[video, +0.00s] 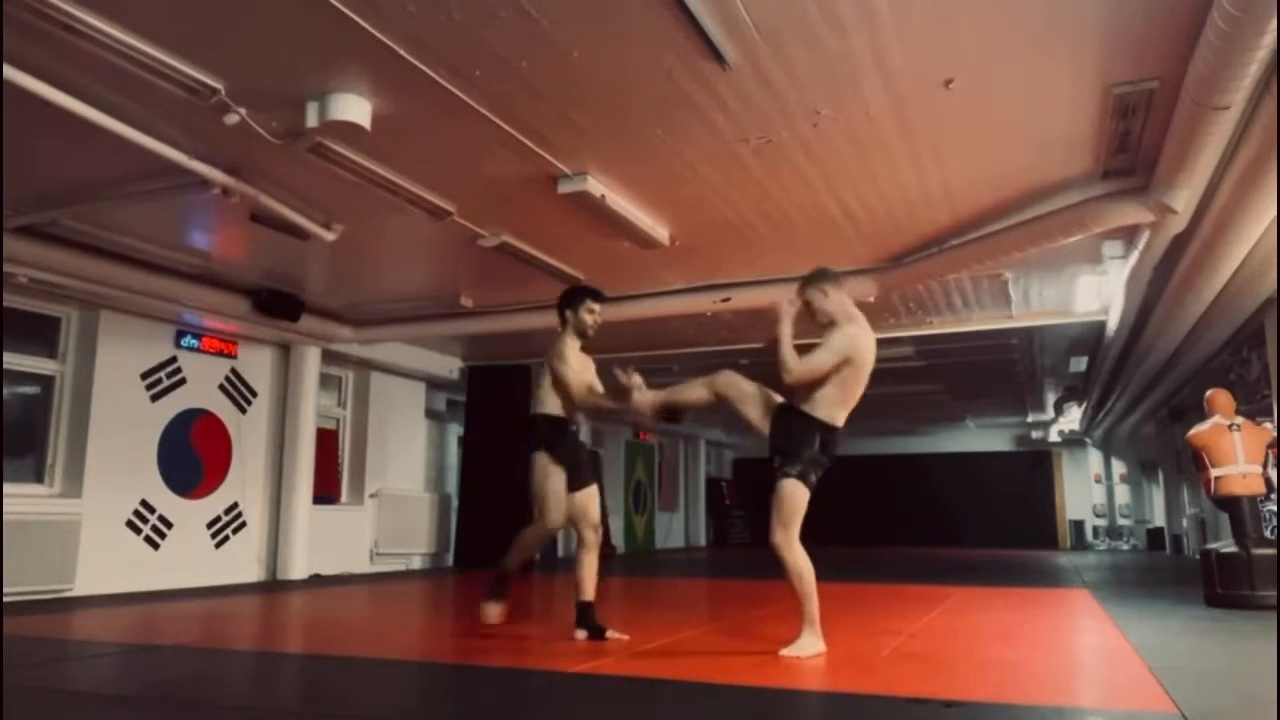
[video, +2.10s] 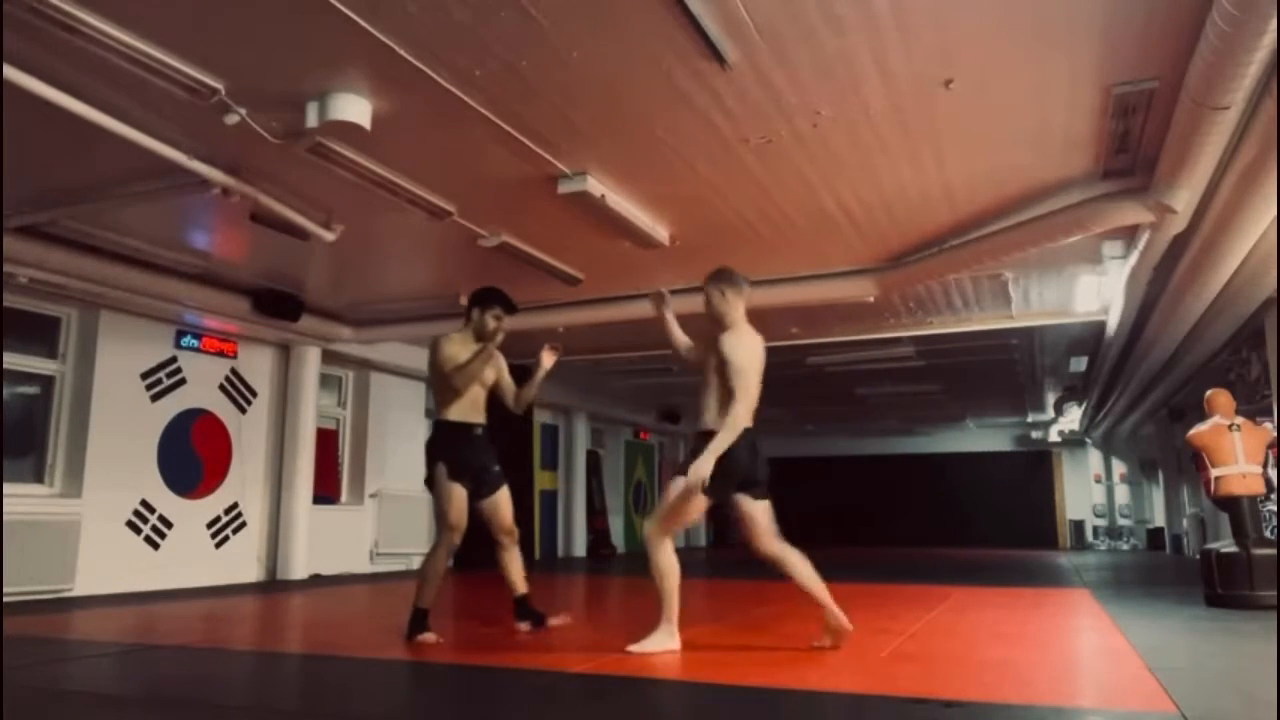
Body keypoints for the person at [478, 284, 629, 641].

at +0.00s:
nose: (596, 319)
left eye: (598, 313)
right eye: (590, 312)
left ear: (596, 318)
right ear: (569, 313)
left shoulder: (586, 359)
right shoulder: (560, 349)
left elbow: (598, 398)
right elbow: (580, 400)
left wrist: (628, 399)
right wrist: (628, 408)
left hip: (574, 441)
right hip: (547, 437)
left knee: (590, 531)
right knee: (549, 522)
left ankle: (586, 618)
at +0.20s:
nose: (572, 320)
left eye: (574, 314)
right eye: (565, 312)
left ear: (571, 319)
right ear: (544, 314)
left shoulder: (570, 364)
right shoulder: (533, 349)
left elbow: (589, 400)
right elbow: (552, 390)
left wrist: (623, 384)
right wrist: (607, 398)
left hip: (556, 447)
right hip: (521, 443)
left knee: (578, 534)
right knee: (500, 533)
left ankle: (584, 619)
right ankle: (463, 607)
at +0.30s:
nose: (560, 322)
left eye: (563, 316)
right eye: (554, 314)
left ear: (560, 320)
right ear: (533, 315)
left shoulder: (560, 364)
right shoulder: (514, 348)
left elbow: (573, 411)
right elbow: (513, 392)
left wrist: (605, 393)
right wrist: (564, 397)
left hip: (545, 448)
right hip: (507, 446)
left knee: (566, 534)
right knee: (488, 534)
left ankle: (584, 618)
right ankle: (465, 612)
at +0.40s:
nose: (548, 321)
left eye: (550, 315)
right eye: (542, 314)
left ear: (549, 320)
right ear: (520, 315)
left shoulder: (549, 365)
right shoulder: (497, 349)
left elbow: (553, 413)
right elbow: (486, 392)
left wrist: (586, 404)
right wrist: (522, 391)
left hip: (534, 450)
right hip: (495, 447)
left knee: (559, 533)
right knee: (480, 534)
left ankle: (584, 617)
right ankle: (464, 616)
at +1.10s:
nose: (544, 323)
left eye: (548, 318)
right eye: (538, 315)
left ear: (548, 322)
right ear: (518, 315)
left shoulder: (539, 357)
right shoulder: (503, 348)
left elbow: (564, 399)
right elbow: (517, 386)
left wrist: (576, 360)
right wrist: (540, 345)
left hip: (532, 445)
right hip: (499, 443)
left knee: (555, 528)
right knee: (486, 530)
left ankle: (558, 613)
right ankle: (462, 615)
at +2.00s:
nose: (512, 334)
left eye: (516, 329)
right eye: (508, 325)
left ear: (515, 331)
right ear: (487, 319)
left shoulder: (507, 361)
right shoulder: (459, 347)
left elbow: (529, 406)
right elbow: (468, 390)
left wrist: (553, 377)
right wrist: (504, 352)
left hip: (492, 447)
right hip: (459, 446)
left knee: (523, 534)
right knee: (458, 536)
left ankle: (550, 612)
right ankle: (419, 620)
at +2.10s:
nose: (498, 326)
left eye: (502, 320)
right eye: (493, 317)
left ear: (502, 323)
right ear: (474, 313)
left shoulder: (494, 356)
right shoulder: (448, 344)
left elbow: (517, 403)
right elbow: (457, 383)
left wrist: (540, 372)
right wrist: (489, 347)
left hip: (481, 443)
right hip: (449, 441)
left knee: (507, 531)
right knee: (451, 532)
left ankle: (524, 608)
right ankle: (418, 620)